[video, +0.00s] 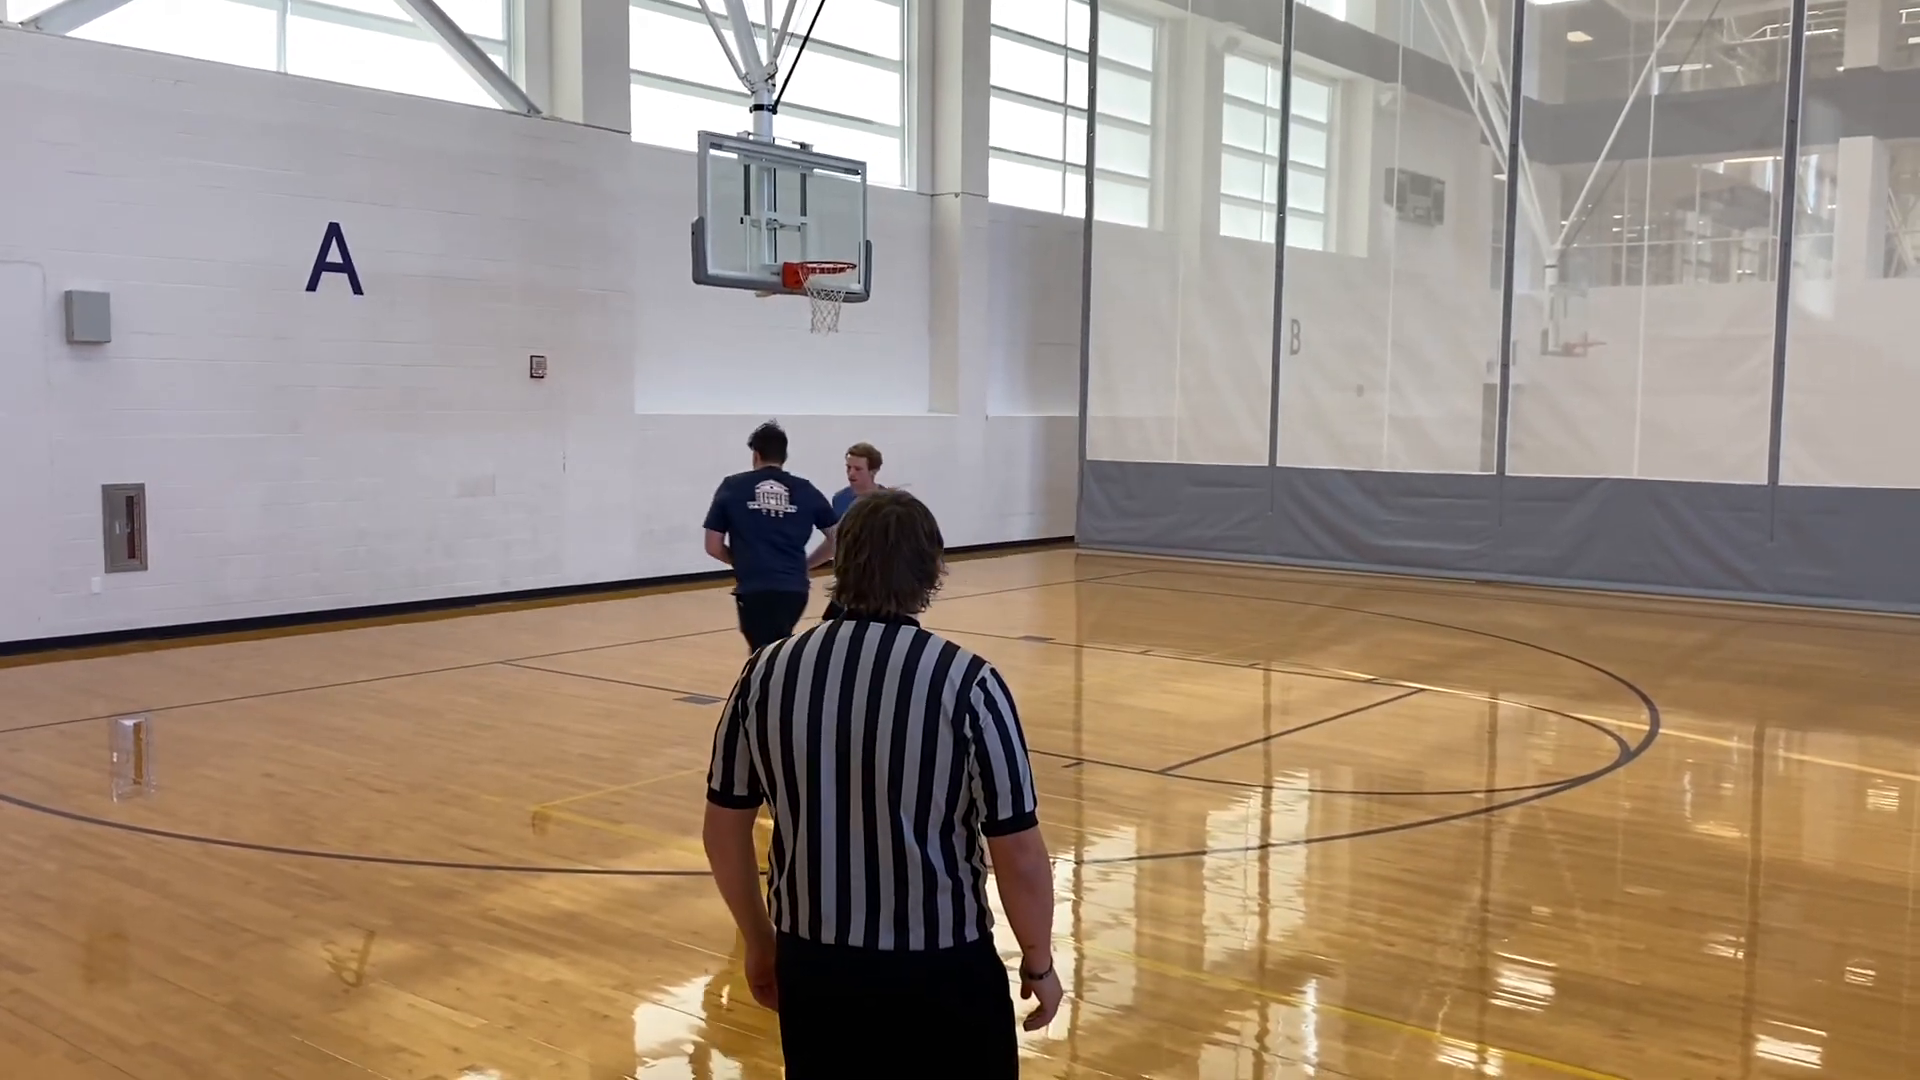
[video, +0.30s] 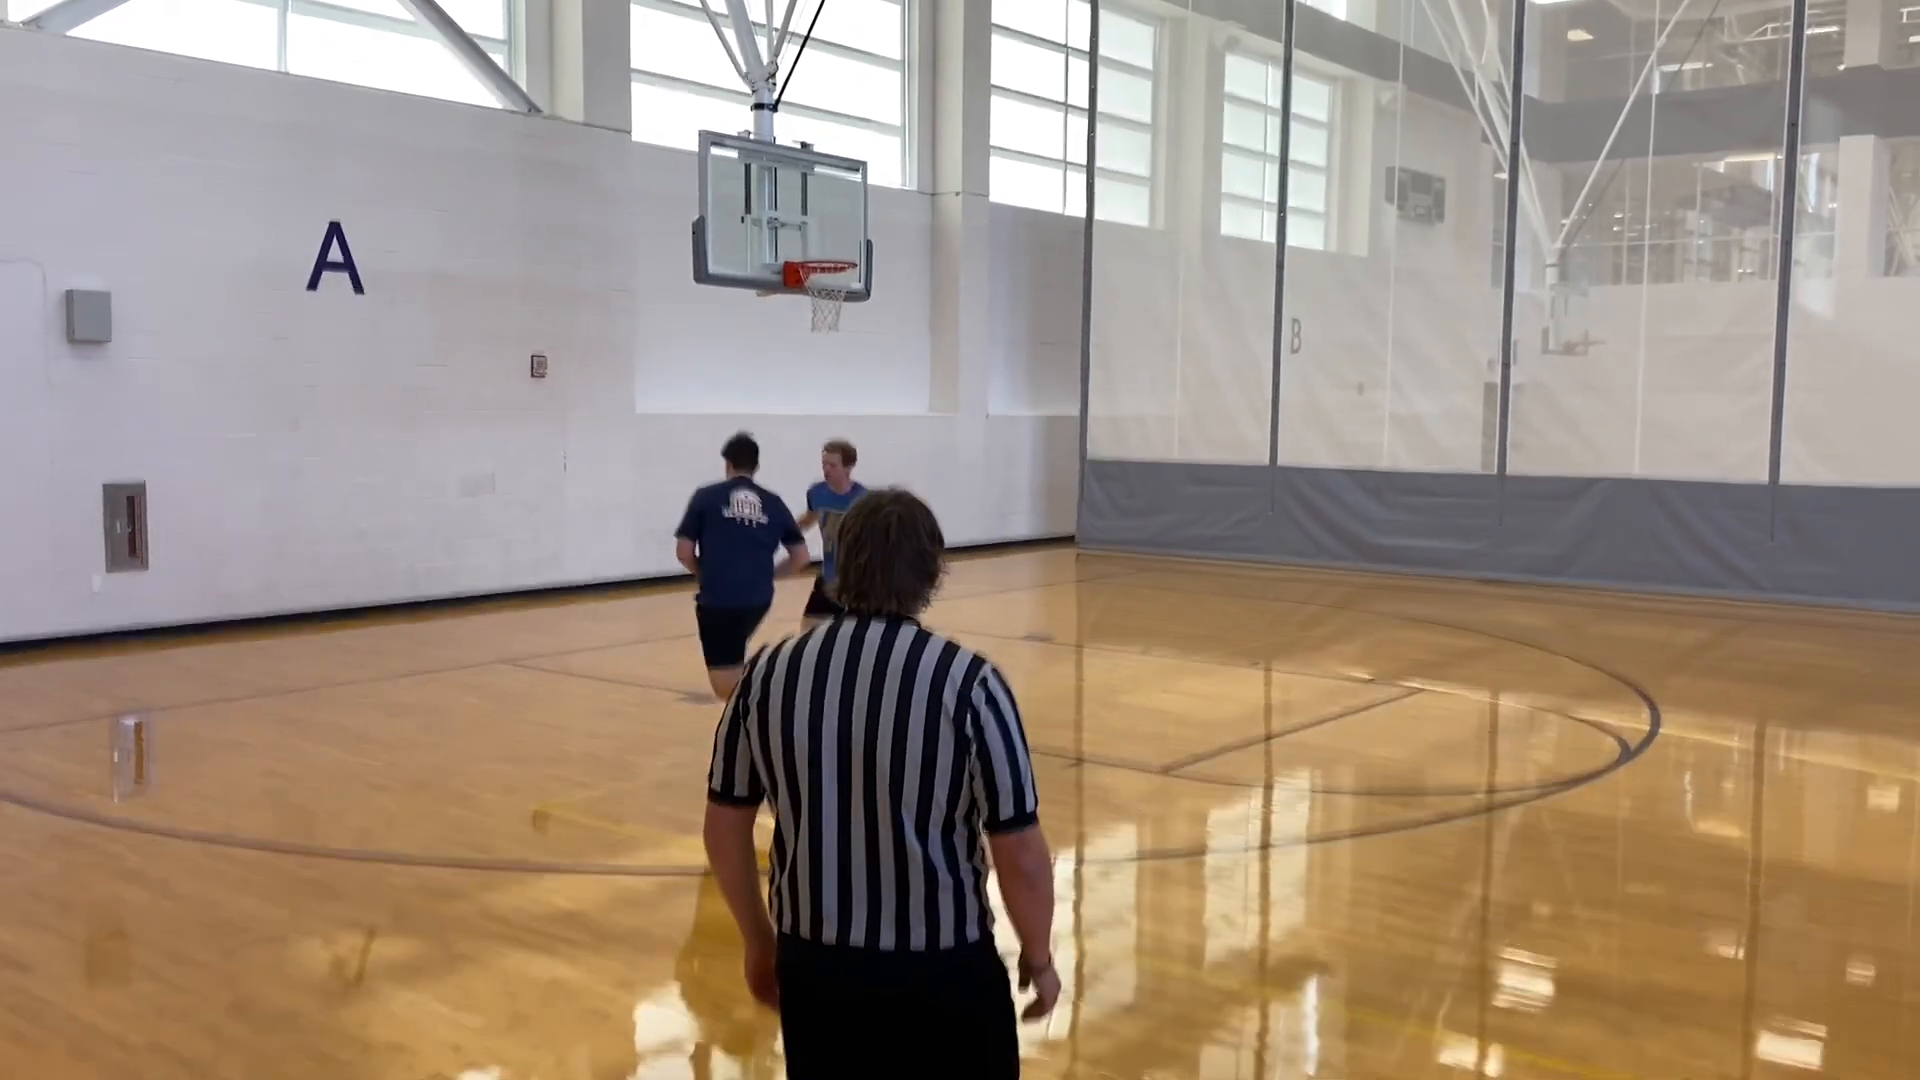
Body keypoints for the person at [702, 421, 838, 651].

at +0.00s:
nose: (752, 459)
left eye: (752, 455)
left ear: (756, 456)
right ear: (784, 457)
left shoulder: (733, 486)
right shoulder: (804, 488)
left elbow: (713, 546)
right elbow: (836, 540)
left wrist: (743, 560)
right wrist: (803, 565)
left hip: (754, 591)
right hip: (795, 591)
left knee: (766, 661)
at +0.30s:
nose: (727, 466)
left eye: (726, 462)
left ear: (728, 463)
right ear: (756, 465)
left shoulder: (706, 496)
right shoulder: (772, 501)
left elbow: (684, 552)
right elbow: (800, 557)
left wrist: (704, 573)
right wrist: (769, 573)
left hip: (718, 596)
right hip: (758, 596)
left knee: (724, 683)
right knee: (734, 655)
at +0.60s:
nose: (684, 470)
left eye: (685, 466)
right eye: (686, 466)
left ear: (688, 467)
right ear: (715, 468)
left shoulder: (670, 499)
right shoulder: (733, 504)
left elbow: (650, 551)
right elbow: (746, 564)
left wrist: (658, 579)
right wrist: (717, 572)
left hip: (686, 595)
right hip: (728, 595)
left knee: (660, 663)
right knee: (707, 657)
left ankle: (718, 695)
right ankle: (739, 702)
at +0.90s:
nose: (649, 462)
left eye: (648, 458)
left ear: (646, 460)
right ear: (675, 460)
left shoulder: (635, 491)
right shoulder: (693, 494)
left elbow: (620, 537)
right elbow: (691, 544)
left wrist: (613, 563)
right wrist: (639, 562)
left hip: (651, 590)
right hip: (696, 591)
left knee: (618, 635)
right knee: (696, 658)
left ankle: (628, 718)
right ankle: (739, 714)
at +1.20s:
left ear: (603, 447)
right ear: (632, 447)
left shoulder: (592, 479)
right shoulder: (650, 479)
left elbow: (584, 529)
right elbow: (649, 527)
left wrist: (573, 552)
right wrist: (592, 551)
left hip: (613, 581)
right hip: (658, 577)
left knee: (580, 644)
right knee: (684, 648)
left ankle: (557, 708)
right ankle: (730, 704)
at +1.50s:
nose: (589, 446)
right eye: (591, 441)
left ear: (562, 445)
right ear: (591, 444)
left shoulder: (543, 480)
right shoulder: (611, 476)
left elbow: (520, 529)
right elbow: (630, 521)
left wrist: (548, 529)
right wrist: (595, 517)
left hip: (571, 577)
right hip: (618, 574)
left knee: (552, 638)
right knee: (643, 634)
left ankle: (548, 711)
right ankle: (689, 673)